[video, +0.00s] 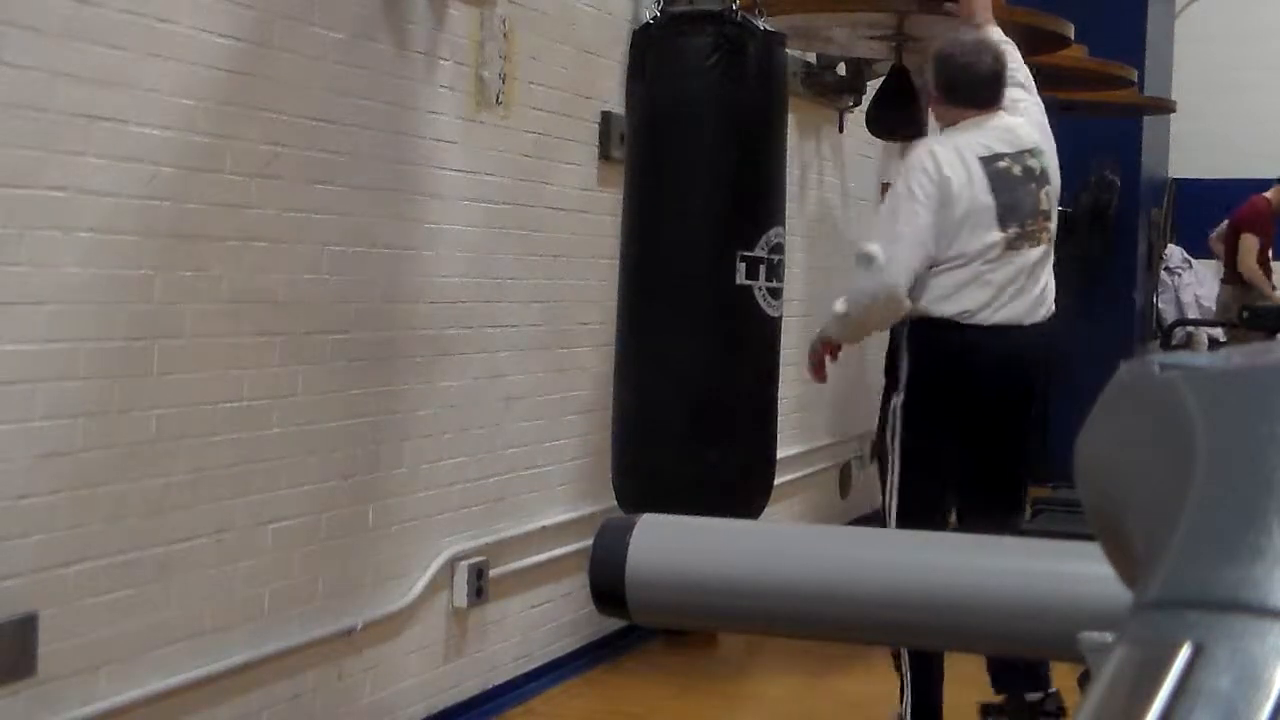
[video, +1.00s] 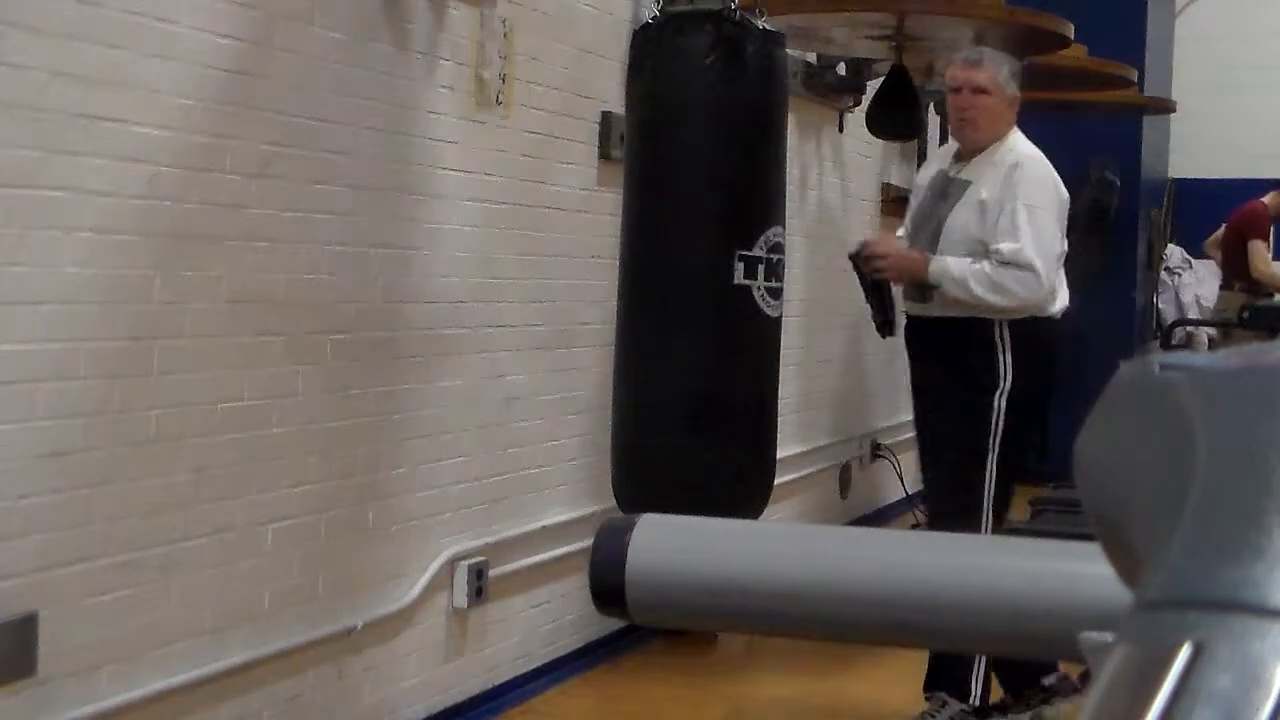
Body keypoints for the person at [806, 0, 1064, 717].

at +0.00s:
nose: (924, 86)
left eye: (924, 79)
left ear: (934, 92)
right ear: (1000, 85)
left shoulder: (930, 159)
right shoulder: (1032, 132)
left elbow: (889, 277)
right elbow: (1013, 74)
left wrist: (835, 332)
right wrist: (984, 22)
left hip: (939, 352)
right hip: (1020, 351)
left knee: (913, 529)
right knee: (998, 529)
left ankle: (920, 703)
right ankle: (1026, 691)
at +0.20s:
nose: (966, 99)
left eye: (968, 92)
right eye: (975, 89)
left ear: (977, 103)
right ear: (1035, 98)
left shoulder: (981, 170)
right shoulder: (1059, 144)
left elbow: (947, 282)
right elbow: (1024, 84)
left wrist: (866, 299)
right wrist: (984, 18)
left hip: (968, 352)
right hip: (1036, 353)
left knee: (923, 523)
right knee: (1007, 519)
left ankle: (926, 704)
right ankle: (1048, 688)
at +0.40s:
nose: (986, 94)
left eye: (991, 86)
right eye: (990, 85)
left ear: (1007, 100)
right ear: (1051, 99)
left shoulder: (1010, 164)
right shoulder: (1073, 145)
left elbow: (975, 274)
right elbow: (1018, 95)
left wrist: (899, 259)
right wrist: (986, 32)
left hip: (987, 346)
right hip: (1046, 348)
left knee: (939, 507)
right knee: (1016, 502)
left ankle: (947, 695)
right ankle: (1045, 681)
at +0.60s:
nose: (979, 99)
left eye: (991, 87)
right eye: (980, 86)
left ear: (1030, 97)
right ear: (1032, 98)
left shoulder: (1027, 165)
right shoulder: (1058, 149)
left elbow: (982, 268)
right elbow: (978, 177)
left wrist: (917, 221)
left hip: (999, 344)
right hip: (1039, 341)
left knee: (951, 503)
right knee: (1017, 502)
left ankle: (951, 693)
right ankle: (1044, 682)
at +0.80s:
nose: (974, 101)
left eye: (989, 90)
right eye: (973, 89)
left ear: (1028, 101)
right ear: (979, 96)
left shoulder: (1035, 168)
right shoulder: (1003, 160)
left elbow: (999, 276)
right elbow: (970, 229)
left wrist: (917, 228)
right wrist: (912, 213)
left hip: (1007, 352)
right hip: (984, 344)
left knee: (958, 513)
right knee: (1007, 513)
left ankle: (951, 689)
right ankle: (1044, 683)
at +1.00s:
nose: (959, 105)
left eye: (976, 93)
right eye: (952, 93)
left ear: (1012, 103)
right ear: (945, 100)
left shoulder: (1029, 173)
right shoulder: (944, 162)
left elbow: (1034, 284)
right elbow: (933, 246)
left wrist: (925, 266)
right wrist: (894, 259)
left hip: (996, 351)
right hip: (941, 346)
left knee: (967, 522)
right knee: (955, 517)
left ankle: (954, 691)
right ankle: (1031, 673)